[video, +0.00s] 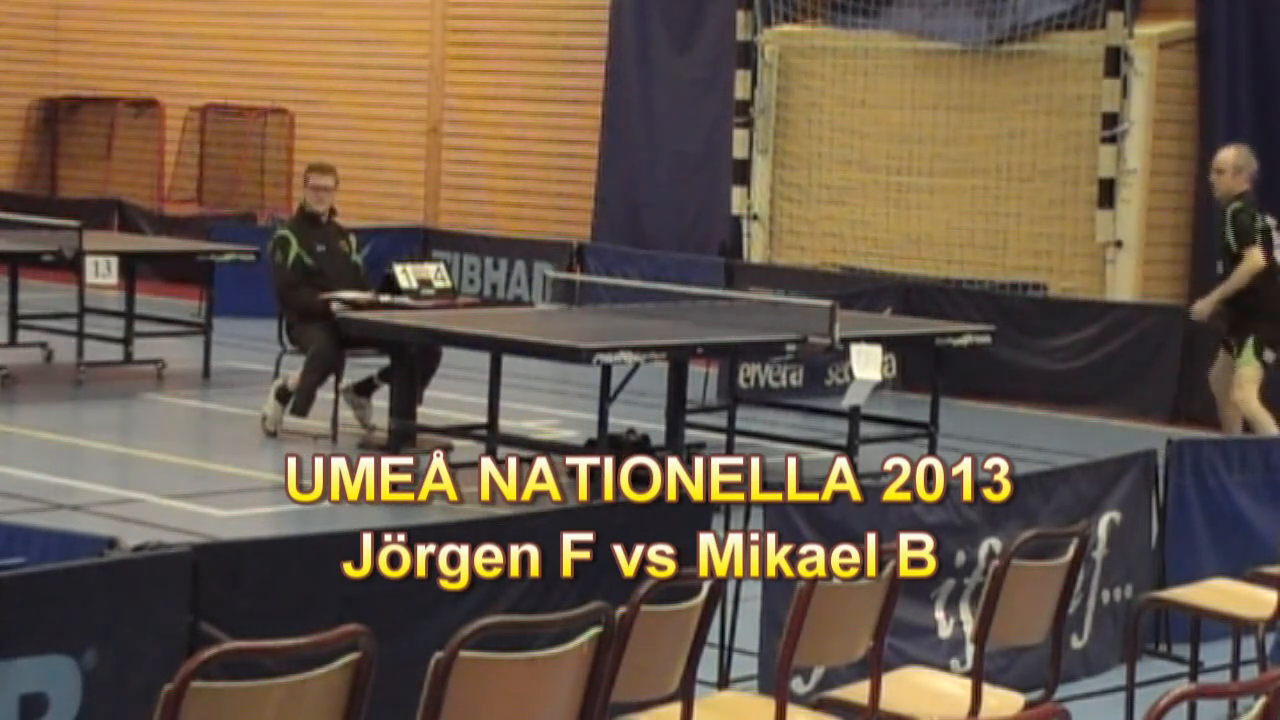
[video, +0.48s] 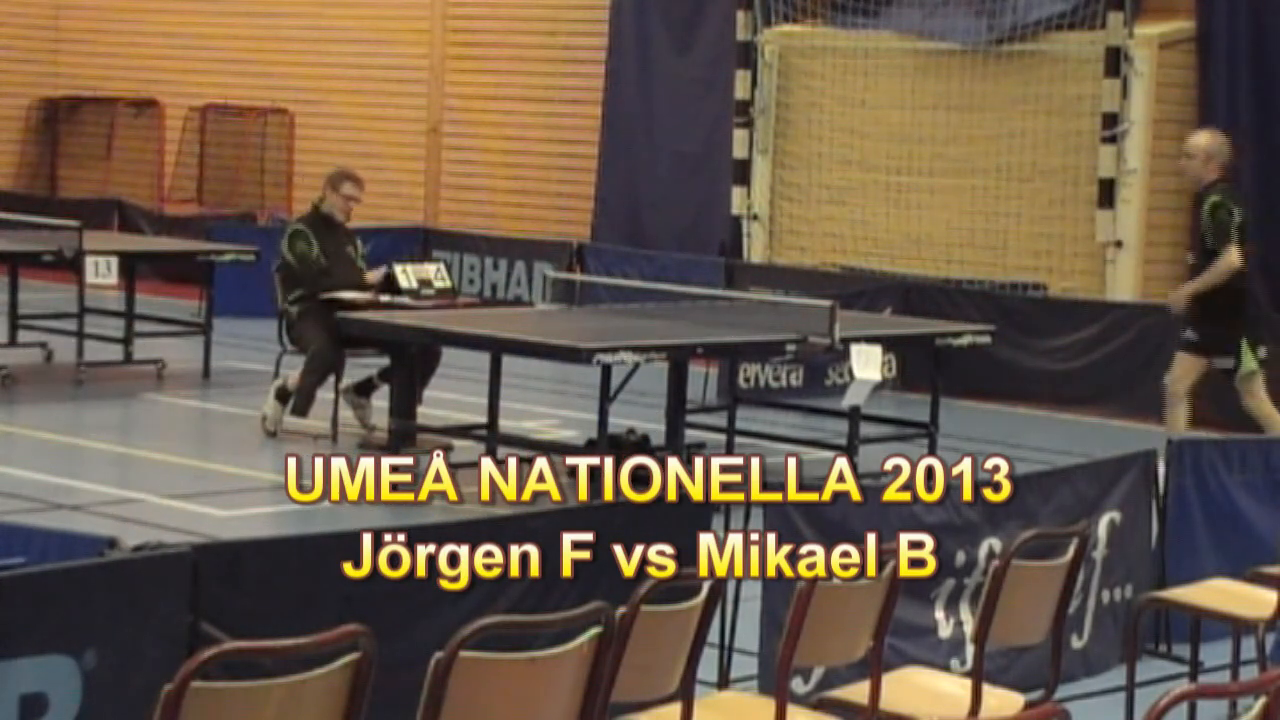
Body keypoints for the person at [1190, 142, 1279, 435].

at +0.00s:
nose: (1212, 178)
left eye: (1220, 172)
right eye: (1212, 171)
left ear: (1244, 179)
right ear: (1239, 180)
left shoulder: (1240, 212)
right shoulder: (1255, 214)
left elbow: (1254, 259)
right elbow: (1272, 261)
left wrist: (1211, 300)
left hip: (1260, 319)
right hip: (1244, 317)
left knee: (1243, 395)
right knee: (1220, 380)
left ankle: (1277, 452)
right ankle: (1234, 455)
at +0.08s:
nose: (1215, 174)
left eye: (1223, 167)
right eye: (1215, 167)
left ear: (1246, 174)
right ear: (1240, 174)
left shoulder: (1249, 210)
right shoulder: (1238, 209)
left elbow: (1264, 257)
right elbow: (1256, 258)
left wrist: (1218, 294)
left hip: (1259, 319)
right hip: (1241, 317)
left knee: (1248, 397)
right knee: (1223, 386)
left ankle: (1278, 454)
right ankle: (1237, 458)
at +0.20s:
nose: (1214, 165)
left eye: (1223, 159)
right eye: (1215, 158)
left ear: (1246, 167)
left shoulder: (1253, 204)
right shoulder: (1236, 203)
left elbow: (1270, 253)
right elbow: (1249, 257)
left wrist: (1225, 290)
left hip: (1261, 317)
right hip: (1236, 315)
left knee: (1253, 396)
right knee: (1213, 388)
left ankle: (1278, 458)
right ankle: (1240, 461)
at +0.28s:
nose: (1210, 161)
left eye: (1219, 155)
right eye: (1210, 154)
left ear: (1243, 164)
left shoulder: (1246, 201)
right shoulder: (1233, 200)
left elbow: (1267, 251)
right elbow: (1261, 250)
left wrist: (1222, 289)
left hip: (1247, 310)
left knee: (1204, 384)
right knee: (1257, 395)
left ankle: (1232, 454)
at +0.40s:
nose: (1195, 161)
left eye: (1203, 155)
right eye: (1196, 154)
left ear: (1227, 164)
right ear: (1225, 166)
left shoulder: (1229, 202)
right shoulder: (1231, 199)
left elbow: (1246, 255)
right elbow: (1247, 255)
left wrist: (1203, 290)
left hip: (1234, 310)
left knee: (1187, 382)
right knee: (1258, 396)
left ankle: (1196, 464)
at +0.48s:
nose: (1182, 163)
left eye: (1190, 156)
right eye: (1183, 156)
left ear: (1213, 165)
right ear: (1210, 166)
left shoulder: (1219, 201)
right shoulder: (1209, 200)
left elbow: (1232, 259)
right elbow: (1221, 257)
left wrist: (1187, 290)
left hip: (1219, 313)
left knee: (1176, 385)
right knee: (1254, 398)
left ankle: (1174, 468)